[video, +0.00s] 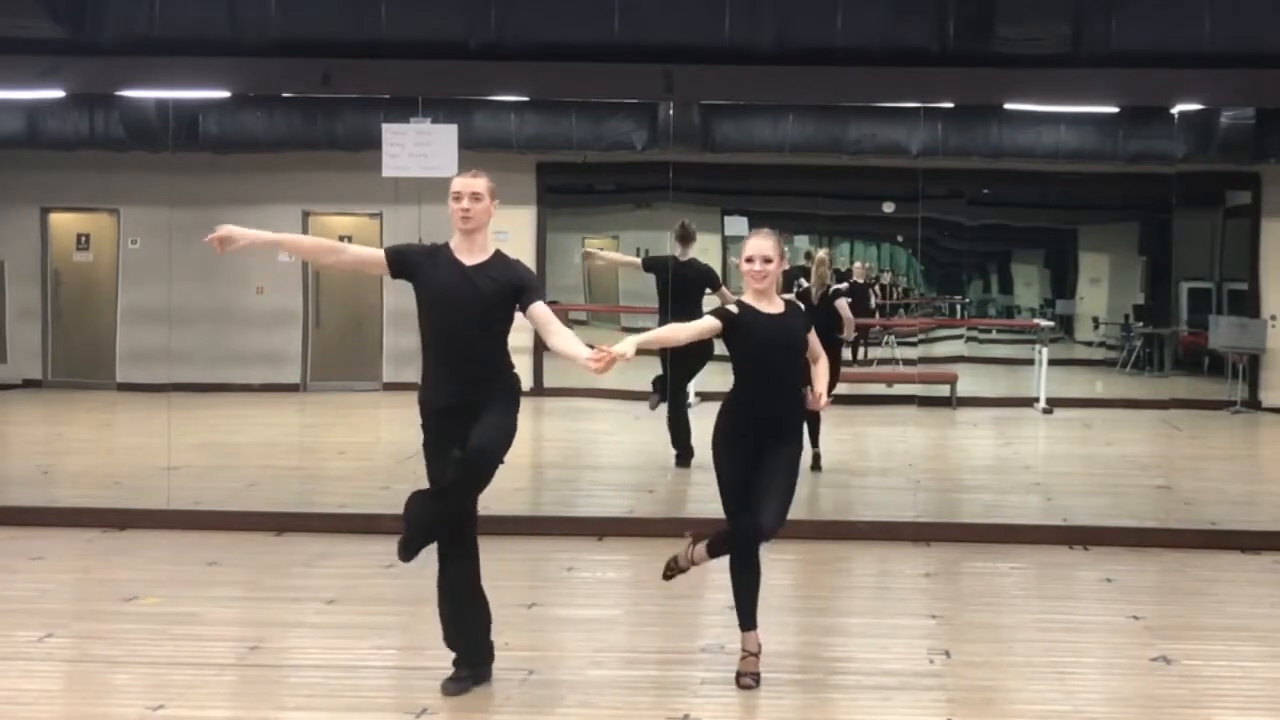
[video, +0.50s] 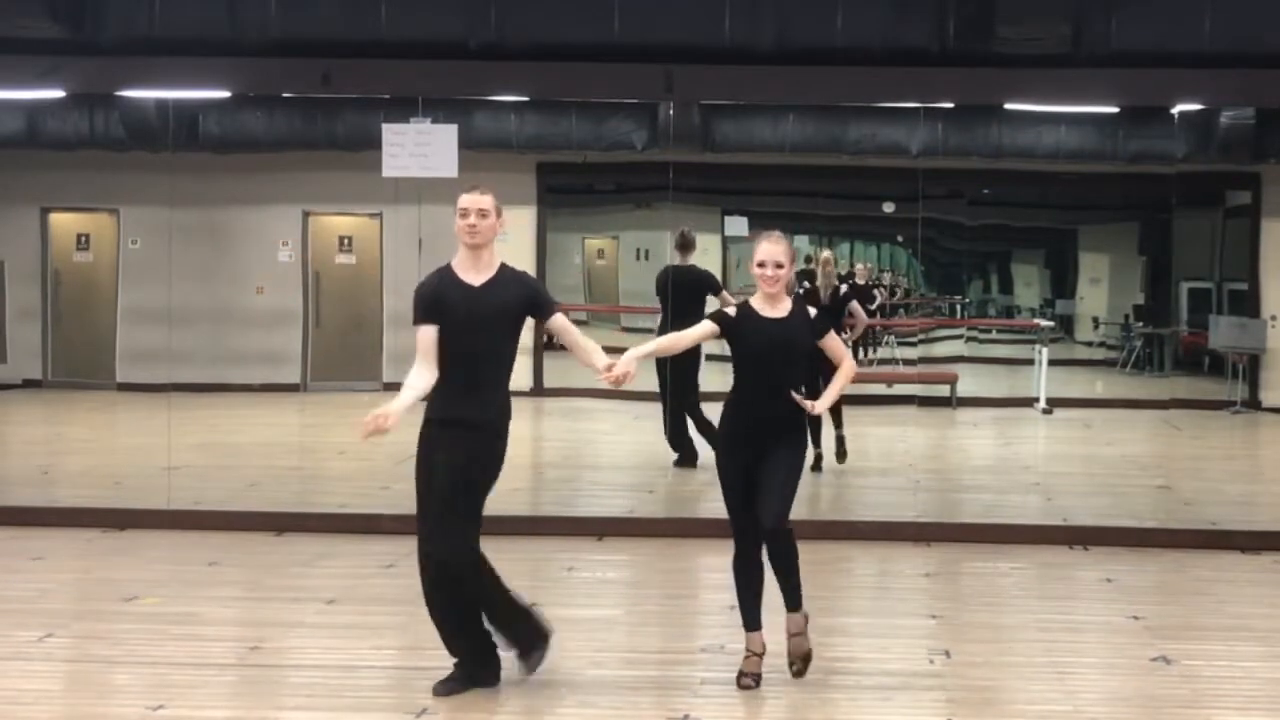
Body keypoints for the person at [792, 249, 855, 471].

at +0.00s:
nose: (821, 270)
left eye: (818, 265)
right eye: (825, 266)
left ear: (812, 269)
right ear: (830, 269)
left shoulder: (802, 292)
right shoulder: (835, 292)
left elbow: (790, 313)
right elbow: (848, 316)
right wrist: (848, 335)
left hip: (807, 343)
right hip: (830, 342)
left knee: (810, 396)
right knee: (829, 384)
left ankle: (815, 449)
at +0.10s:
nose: (820, 270)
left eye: (818, 265)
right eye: (824, 266)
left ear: (812, 269)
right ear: (830, 269)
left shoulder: (803, 292)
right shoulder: (835, 291)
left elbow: (793, 316)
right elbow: (849, 316)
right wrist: (849, 334)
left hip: (807, 344)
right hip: (830, 343)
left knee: (811, 397)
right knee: (829, 384)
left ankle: (816, 448)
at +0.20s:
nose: (821, 268)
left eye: (820, 263)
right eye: (824, 263)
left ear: (813, 267)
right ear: (831, 268)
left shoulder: (803, 290)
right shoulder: (836, 291)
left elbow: (792, 315)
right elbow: (850, 316)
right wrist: (850, 334)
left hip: (807, 345)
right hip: (831, 344)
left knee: (811, 399)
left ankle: (817, 448)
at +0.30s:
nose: (822, 268)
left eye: (822, 263)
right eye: (824, 263)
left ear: (814, 265)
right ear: (832, 267)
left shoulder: (802, 286)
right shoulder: (839, 290)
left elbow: (788, 310)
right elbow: (858, 316)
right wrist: (851, 338)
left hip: (804, 344)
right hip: (829, 345)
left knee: (806, 396)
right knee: (820, 396)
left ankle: (818, 445)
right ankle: (818, 445)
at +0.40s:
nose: (825, 268)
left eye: (825, 264)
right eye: (825, 264)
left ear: (816, 267)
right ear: (833, 268)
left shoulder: (804, 291)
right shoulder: (841, 292)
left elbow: (793, 316)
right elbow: (861, 319)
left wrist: (800, 336)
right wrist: (851, 338)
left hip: (808, 349)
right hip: (833, 349)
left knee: (811, 399)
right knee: (834, 394)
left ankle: (817, 449)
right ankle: (837, 432)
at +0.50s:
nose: (826, 267)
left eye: (825, 263)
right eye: (827, 263)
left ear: (817, 266)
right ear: (833, 267)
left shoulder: (805, 290)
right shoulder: (842, 290)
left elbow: (792, 316)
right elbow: (862, 319)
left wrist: (800, 335)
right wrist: (851, 337)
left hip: (809, 350)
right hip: (833, 349)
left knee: (813, 401)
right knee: (834, 396)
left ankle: (817, 449)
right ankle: (839, 433)